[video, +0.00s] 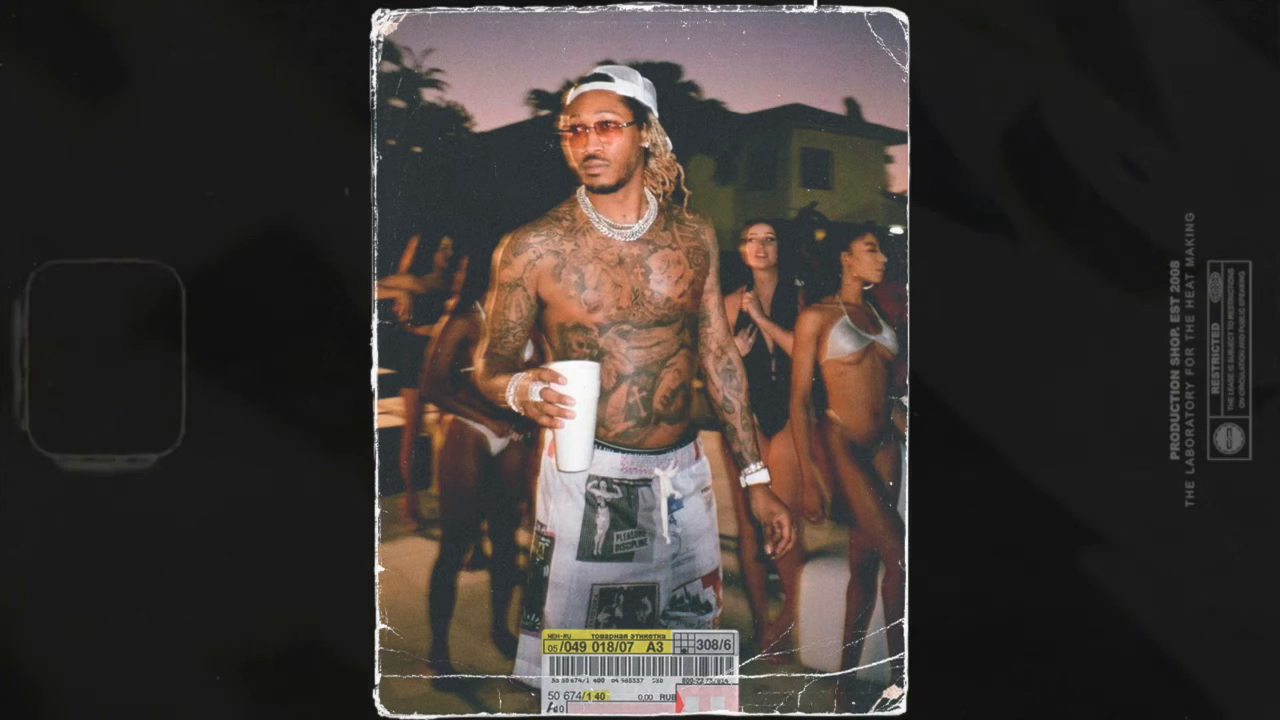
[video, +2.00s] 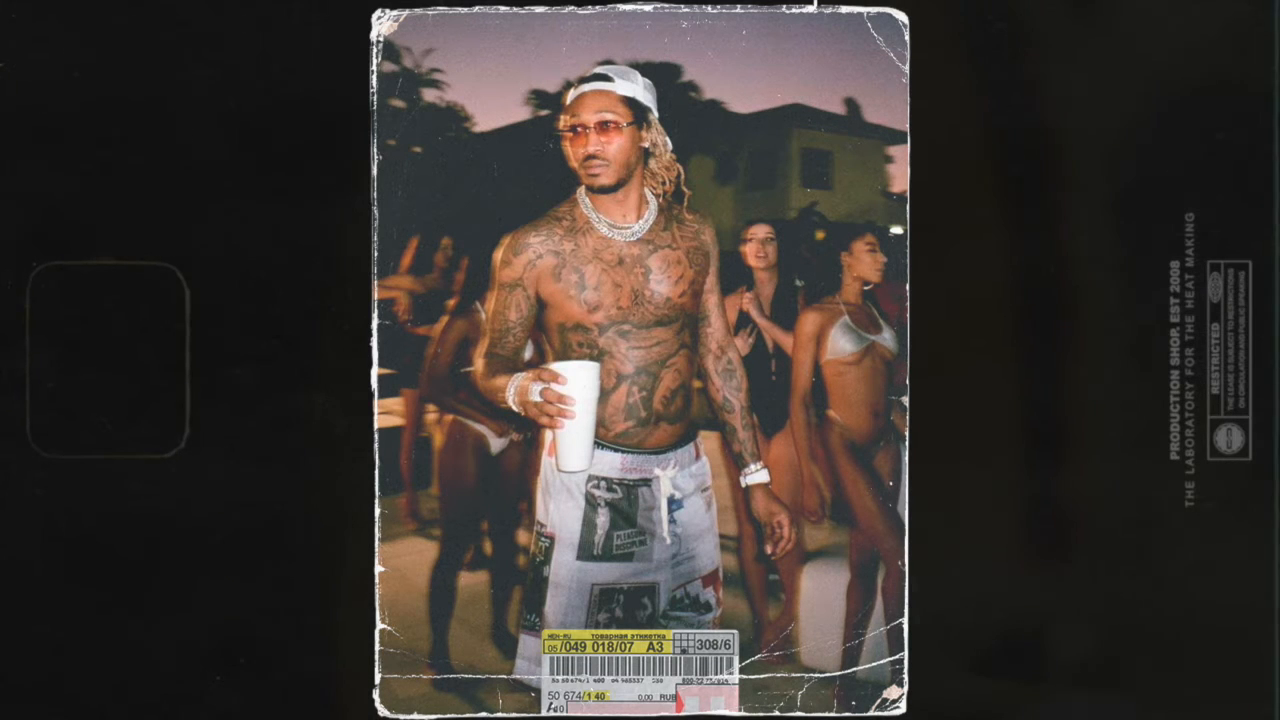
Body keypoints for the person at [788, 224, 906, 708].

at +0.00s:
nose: (882, 259)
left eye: (882, 251)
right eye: (871, 251)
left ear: (875, 262)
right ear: (843, 259)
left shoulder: (878, 316)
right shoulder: (818, 317)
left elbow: (885, 392)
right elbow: (798, 405)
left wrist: (900, 431)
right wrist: (813, 479)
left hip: (883, 448)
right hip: (839, 449)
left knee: (864, 563)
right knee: (898, 551)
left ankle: (846, 674)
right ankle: (902, 670)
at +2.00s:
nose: (882, 259)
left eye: (882, 251)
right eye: (871, 251)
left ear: (873, 262)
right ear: (843, 259)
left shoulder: (878, 316)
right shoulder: (818, 317)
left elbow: (887, 390)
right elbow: (799, 403)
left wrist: (901, 428)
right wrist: (813, 478)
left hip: (882, 447)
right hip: (838, 448)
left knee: (863, 563)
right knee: (898, 552)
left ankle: (846, 673)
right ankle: (902, 671)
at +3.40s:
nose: (882, 259)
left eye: (881, 251)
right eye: (871, 251)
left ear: (871, 262)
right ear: (844, 259)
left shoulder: (878, 316)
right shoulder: (818, 317)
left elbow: (887, 390)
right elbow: (798, 404)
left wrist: (902, 432)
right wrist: (813, 479)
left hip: (883, 447)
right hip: (839, 448)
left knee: (864, 562)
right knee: (898, 552)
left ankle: (847, 674)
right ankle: (902, 671)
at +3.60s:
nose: (882, 259)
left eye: (881, 251)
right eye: (871, 251)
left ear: (869, 261)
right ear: (844, 259)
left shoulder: (877, 314)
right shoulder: (818, 317)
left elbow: (885, 391)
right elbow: (798, 403)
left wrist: (903, 438)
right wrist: (813, 477)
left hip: (882, 447)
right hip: (838, 448)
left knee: (863, 563)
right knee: (898, 552)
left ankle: (846, 673)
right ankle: (902, 670)